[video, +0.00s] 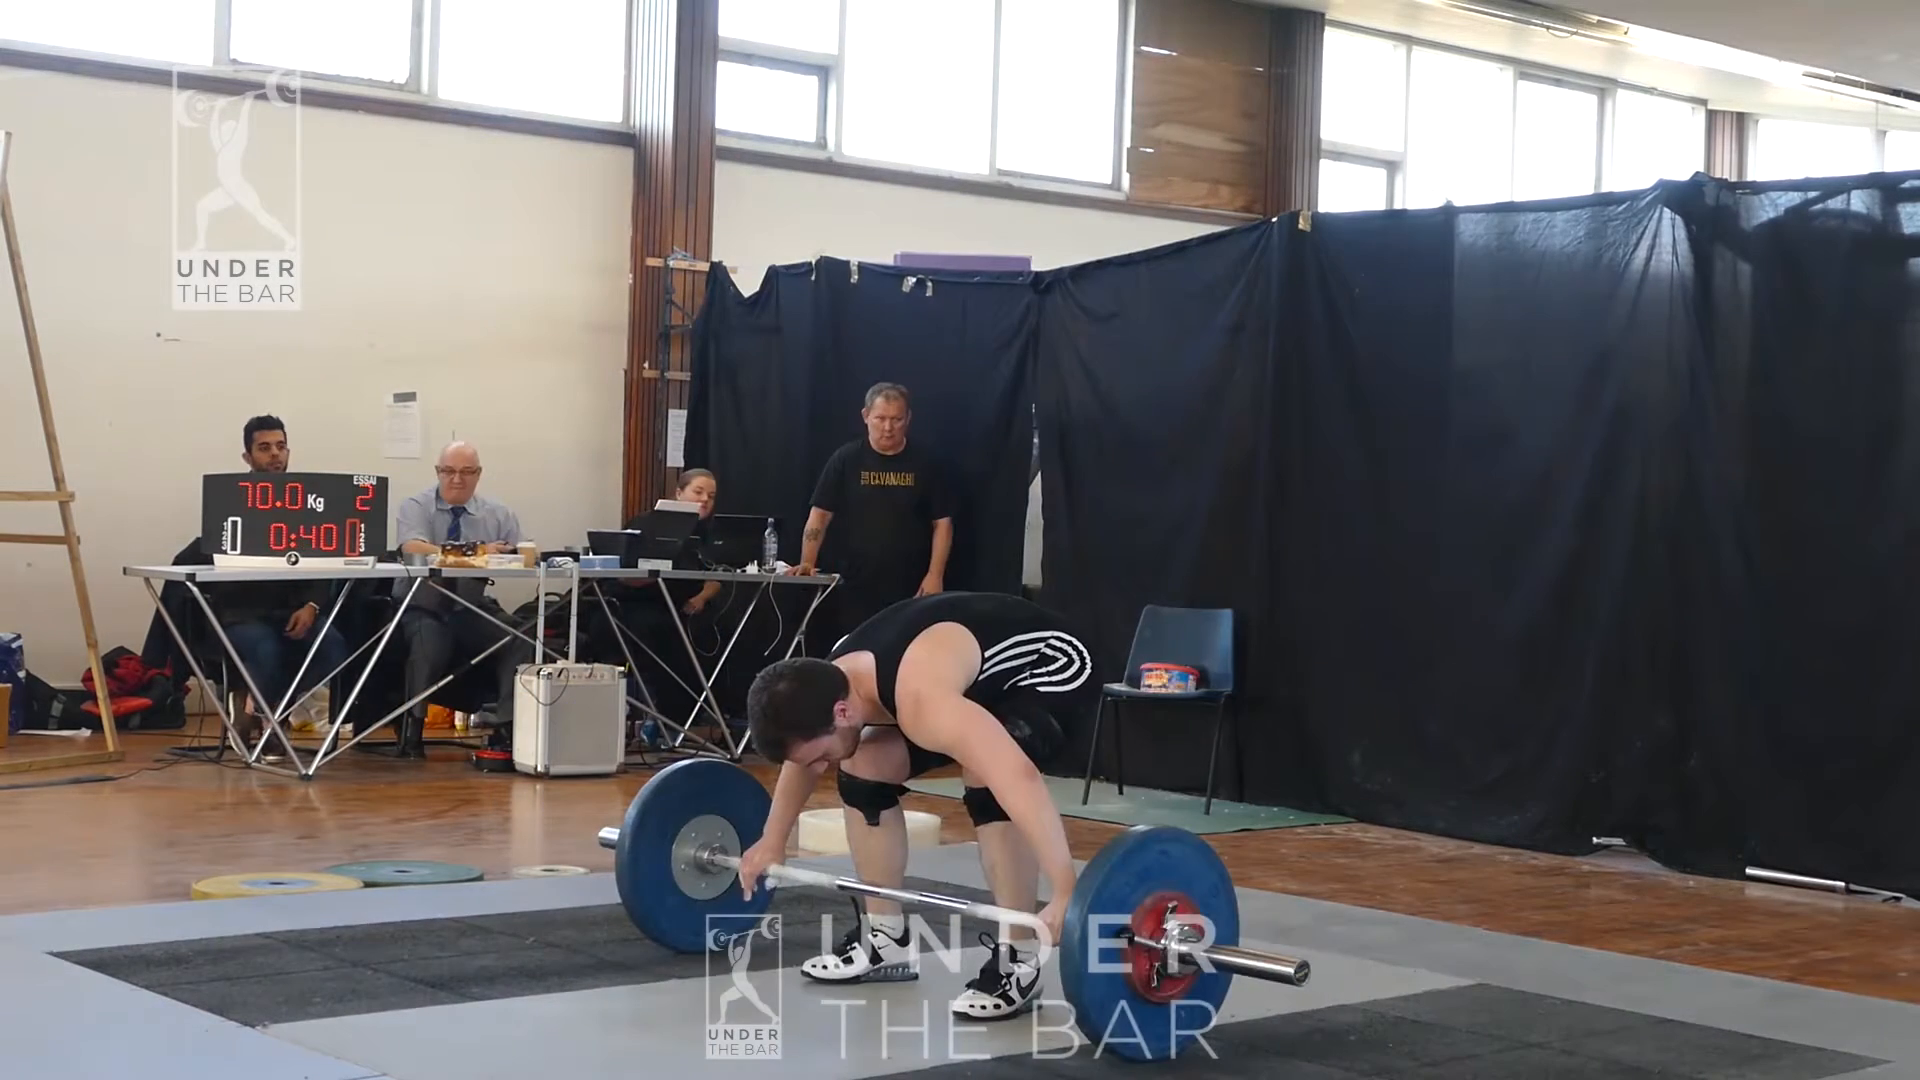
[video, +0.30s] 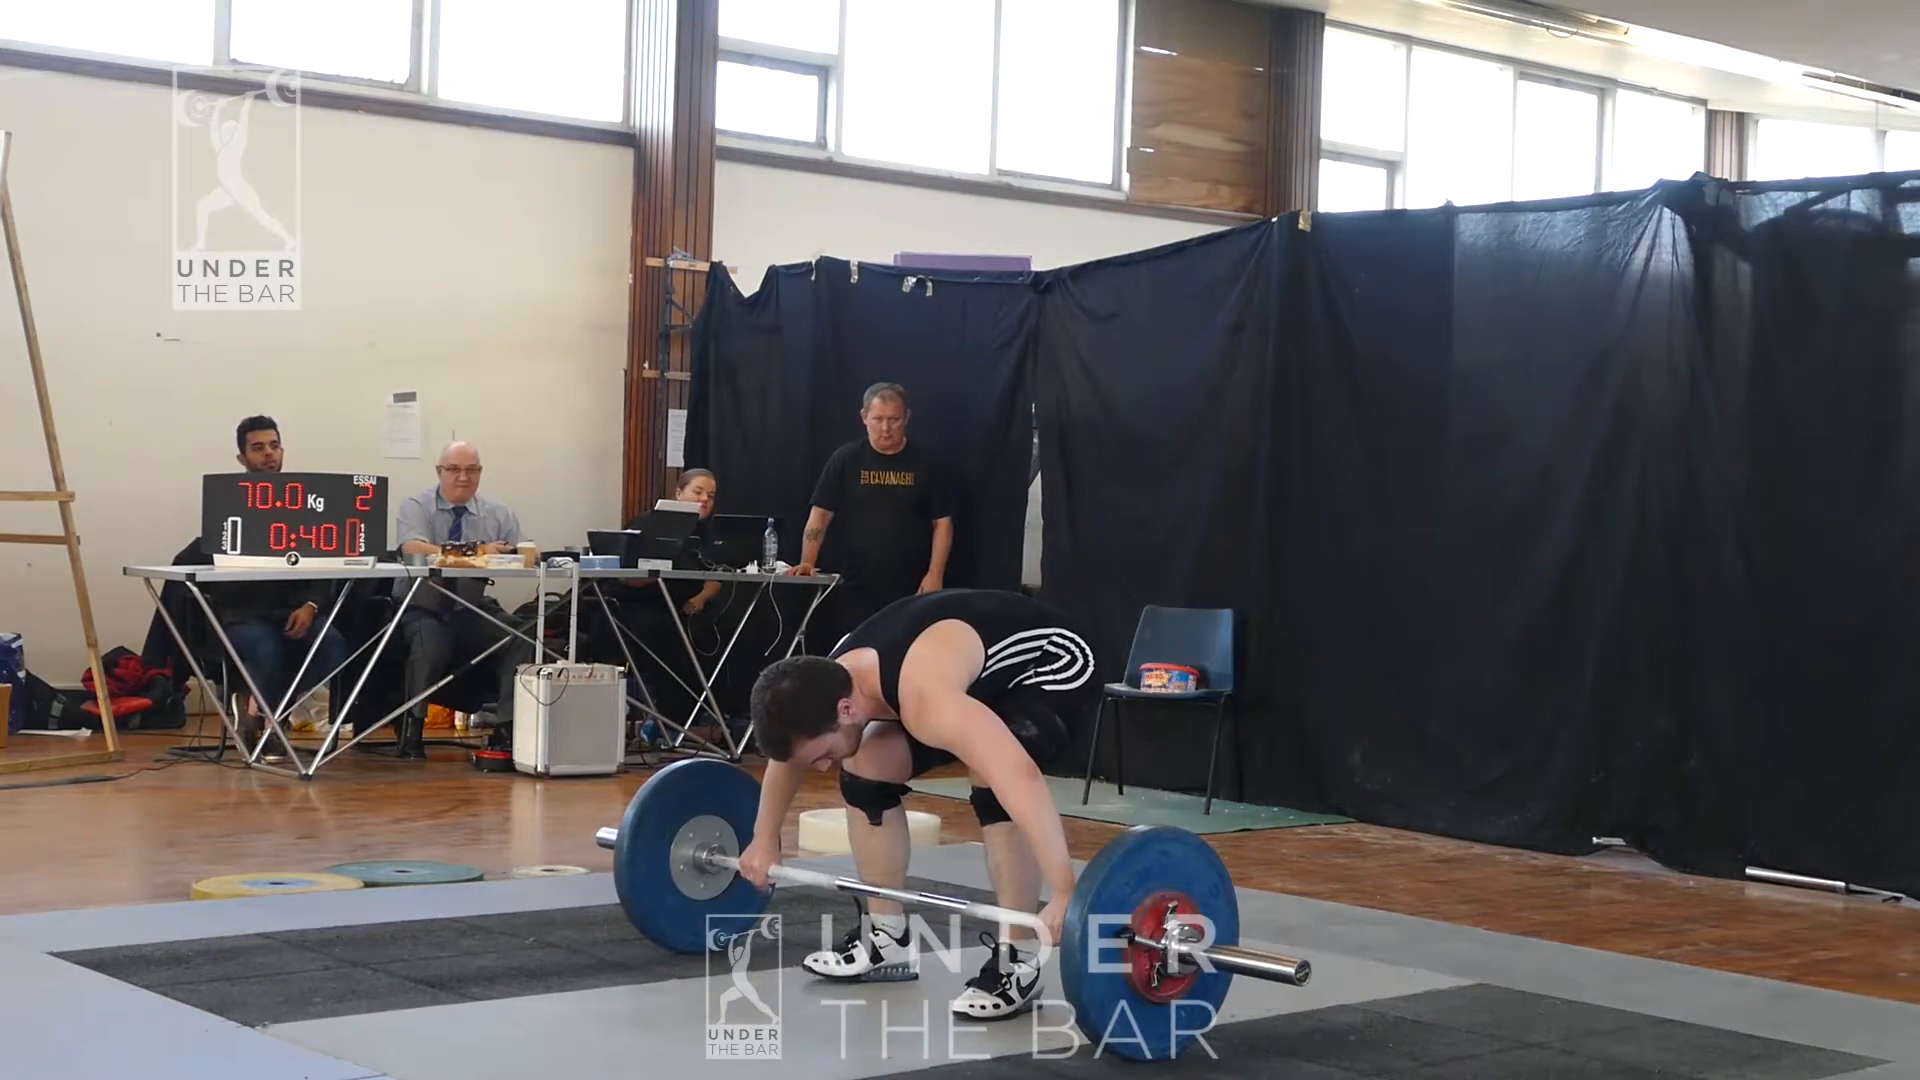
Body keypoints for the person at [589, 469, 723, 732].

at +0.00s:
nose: (705, 500)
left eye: (711, 496)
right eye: (698, 492)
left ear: (715, 502)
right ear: (679, 493)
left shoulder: (712, 534)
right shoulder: (648, 523)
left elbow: (717, 577)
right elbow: (616, 559)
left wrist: (702, 596)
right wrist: (631, 579)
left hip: (681, 606)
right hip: (640, 601)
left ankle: (664, 721)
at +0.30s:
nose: (705, 499)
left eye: (711, 495)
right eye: (698, 492)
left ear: (715, 502)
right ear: (679, 493)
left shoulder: (710, 533)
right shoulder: (647, 523)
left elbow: (717, 578)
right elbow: (618, 566)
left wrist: (702, 597)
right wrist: (637, 578)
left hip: (681, 606)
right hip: (640, 601)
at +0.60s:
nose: (705, 499)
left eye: (710, 495)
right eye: (698, 492)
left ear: (714, 502)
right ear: (678, 492)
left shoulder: (709, 533)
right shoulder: (647, 523)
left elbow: (716, 578)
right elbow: (619, 568)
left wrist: (702, 596)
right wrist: (639, 577)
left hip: (681, 606)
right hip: (640, 601)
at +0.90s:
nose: (704, 499)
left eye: (710, 495)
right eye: (698, 491)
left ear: (714, 502)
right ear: (678, 492)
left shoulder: (711, 535)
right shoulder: (647, 524)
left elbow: (717, 578)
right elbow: (617, 566)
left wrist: (702, 597)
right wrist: (632, 578)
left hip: (682, 607)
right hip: (641, 603)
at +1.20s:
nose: (704, 499)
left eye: (710, 495)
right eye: (698, 491)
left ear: (714, 502)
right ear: (679, 492)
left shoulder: (711, 533)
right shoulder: (649, 523)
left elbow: (717, 577)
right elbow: (620, 561)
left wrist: (701, 597)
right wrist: (634, 578)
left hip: (682, 605)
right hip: (643, 600)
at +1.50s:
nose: (704, 500)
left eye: (710, 496)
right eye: (697, 492)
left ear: (714, 501)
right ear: (679, 493)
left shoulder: (709, 532)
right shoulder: (648, 525)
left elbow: (717, 577)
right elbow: (629, 577)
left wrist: (703, 596)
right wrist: (658, 569)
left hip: (684, 607)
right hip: (643, 604)